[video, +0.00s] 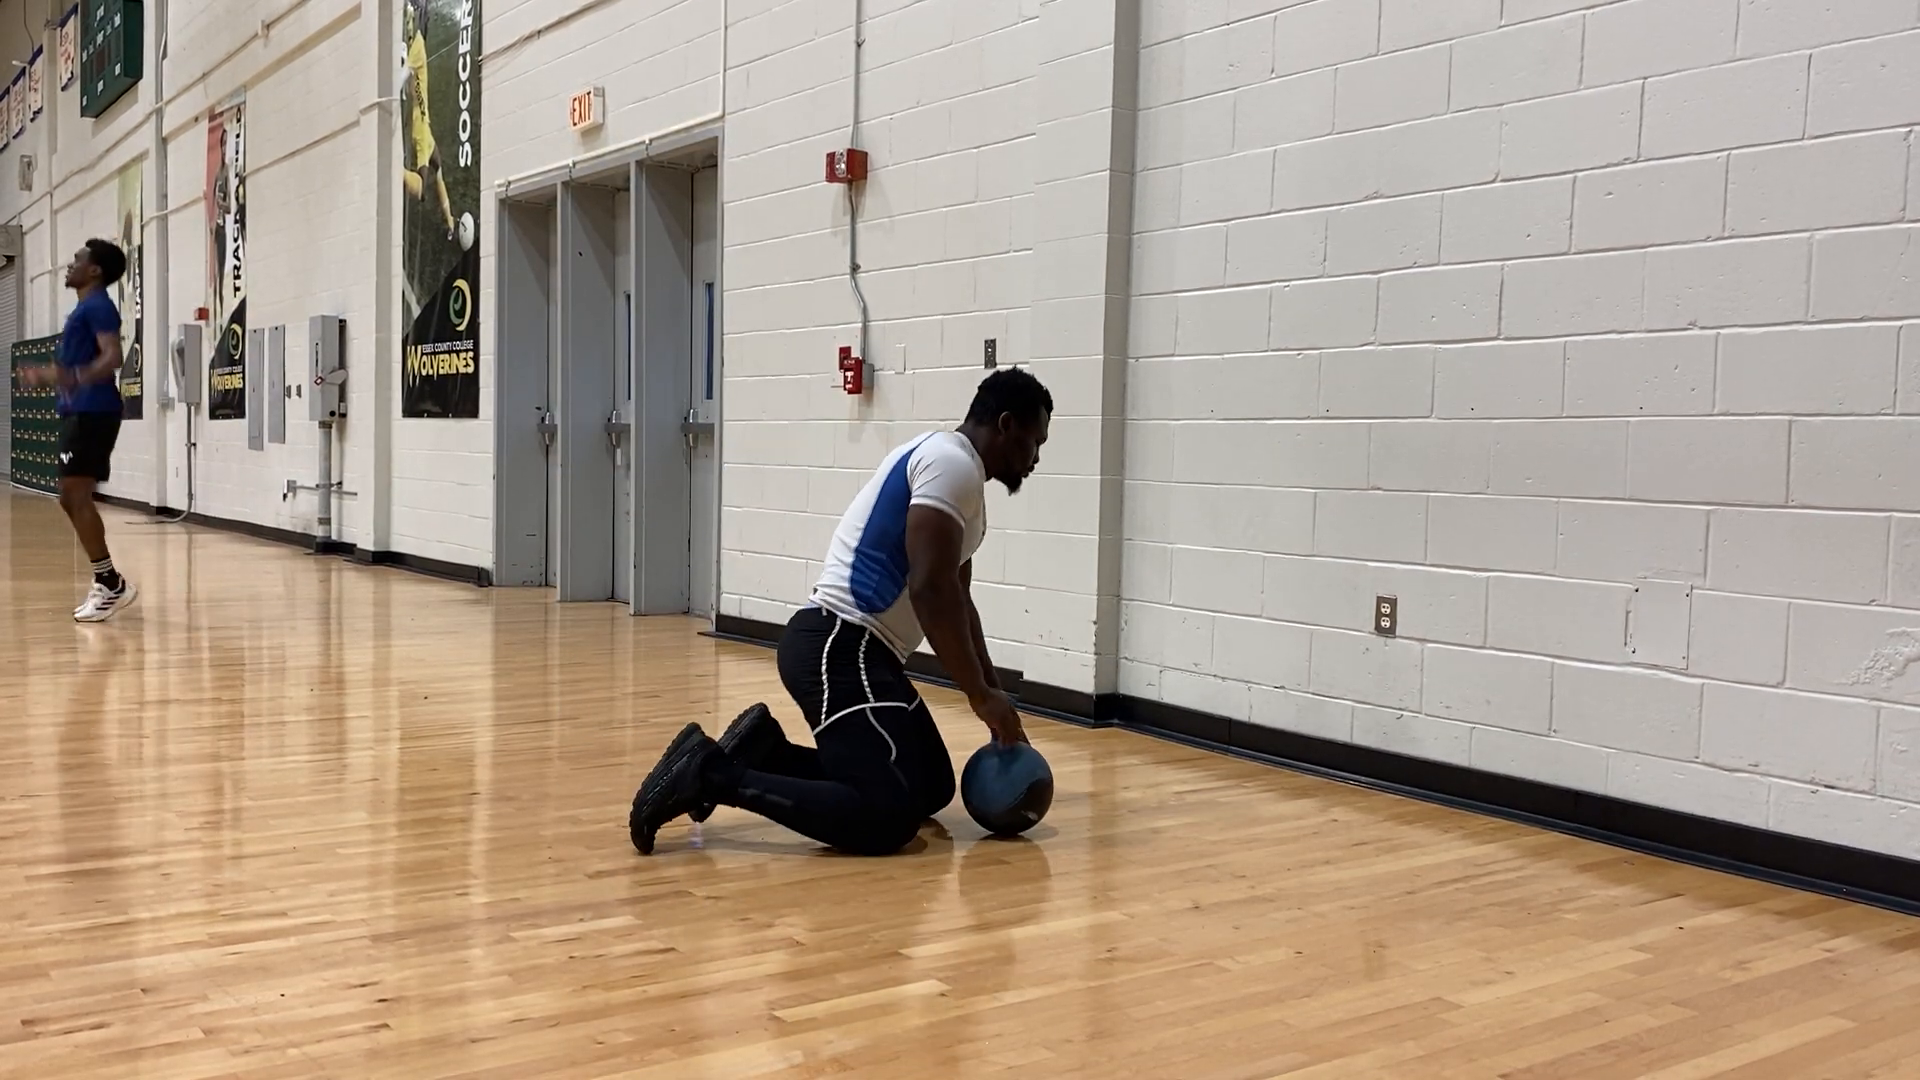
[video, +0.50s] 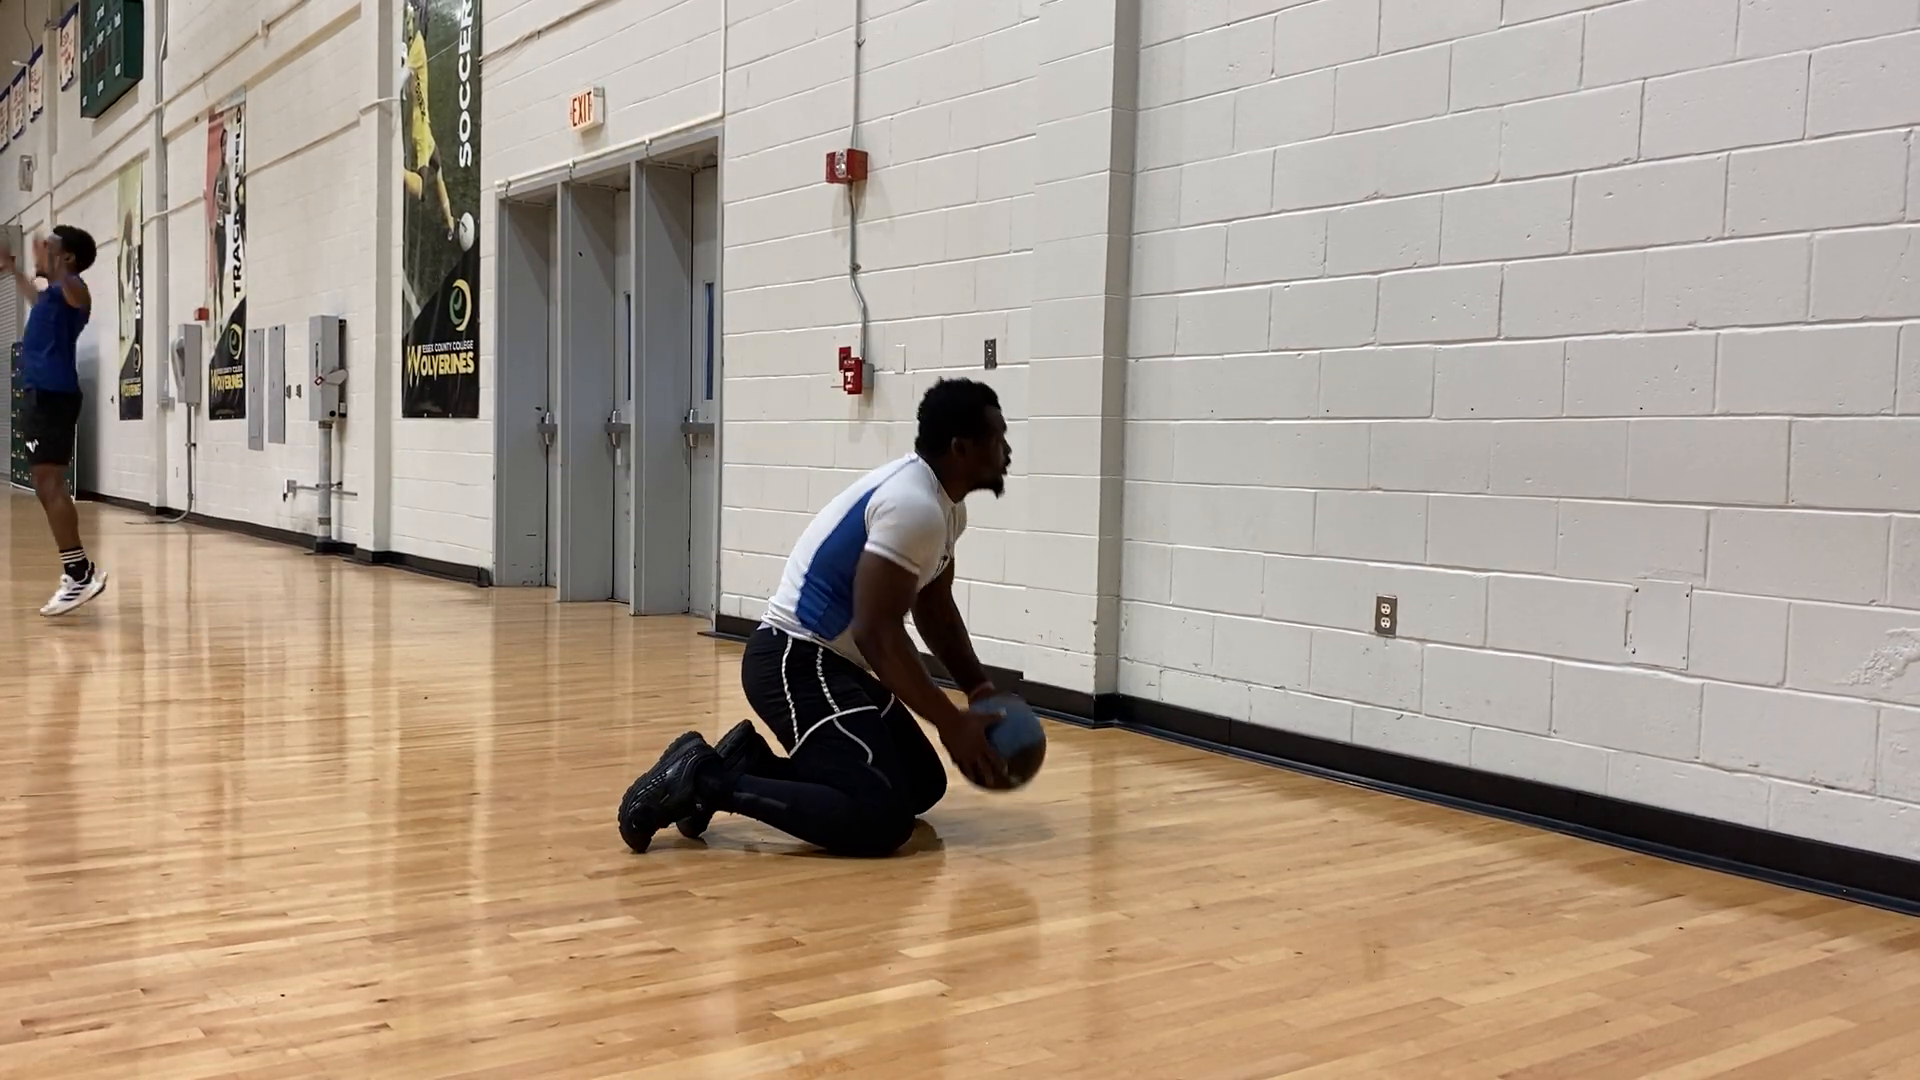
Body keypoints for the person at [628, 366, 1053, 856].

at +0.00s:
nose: (1037, 458)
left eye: (1041, 444)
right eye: (1037, 441)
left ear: (996, 424)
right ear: (1005, 425)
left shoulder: (961, 473)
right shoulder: (949, 460)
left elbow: (956, 593)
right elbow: (931, 589)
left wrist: (990, 691)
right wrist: (983, 697)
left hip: (860, 648)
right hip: (838, 644)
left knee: (930, 786)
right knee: (884, 822)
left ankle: (767, 754)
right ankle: (712, 776)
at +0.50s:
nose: (1009, 448)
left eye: (1005, 435)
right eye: (999, 436)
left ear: (957, 447)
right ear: (962, 447)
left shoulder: (943, 505)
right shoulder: (914, 503)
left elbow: (934, 605)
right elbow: (876, 632)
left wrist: (979, 691)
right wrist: (950, 723)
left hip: (832, 661)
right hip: (793, 659)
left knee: (919, 783)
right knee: (879, 823)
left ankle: (754, 765)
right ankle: (706, 782)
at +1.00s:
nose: (961, 367)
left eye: (954, 355)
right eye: (950, 356)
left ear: (916, 377)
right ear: (920, 375)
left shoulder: (920, 450)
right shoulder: (878, 429)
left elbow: (899, 562)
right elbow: (821, 530)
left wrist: (961, 587)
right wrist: (934, 545)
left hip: (871, 649)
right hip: (833, 641)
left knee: (925, 787)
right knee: (858, 822)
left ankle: (770, 760)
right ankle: (681, 766)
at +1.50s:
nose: (857, 367)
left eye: (855, 353)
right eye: (837, 361)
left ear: (859, 347)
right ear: (790, 379)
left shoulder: (886, 423)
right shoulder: (762, 450)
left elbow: (954, 500)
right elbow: (674, 542)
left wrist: (934, 504)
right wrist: (793, 526)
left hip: (855, 657)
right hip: (796, 654)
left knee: (889, 793)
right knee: (837, 831)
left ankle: (717, 755)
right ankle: (667, 765)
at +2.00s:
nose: (844, 346)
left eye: (842, 334)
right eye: (828, 335)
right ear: (778, 345)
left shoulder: (839, 423)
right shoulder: (742, 425)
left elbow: (880, 522)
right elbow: (708, 534)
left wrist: (919, 494)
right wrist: (828, 494)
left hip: (825, 648)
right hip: (783, 649)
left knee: (848, 804)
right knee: (834, 832)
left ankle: (679, 755)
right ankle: (662, 769)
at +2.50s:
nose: (886, 369)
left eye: (882, 355)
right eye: (873, 356)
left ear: (835, 364)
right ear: (832, 363)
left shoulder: (835, 437)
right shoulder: (791, 413)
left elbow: (837, 555)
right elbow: (809, 488)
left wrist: (908, 526)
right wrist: (883, 480)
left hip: (809, 646)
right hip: (772, 643)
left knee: (857, 796)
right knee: (814, 827)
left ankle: (682, 755)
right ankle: (638, 761)